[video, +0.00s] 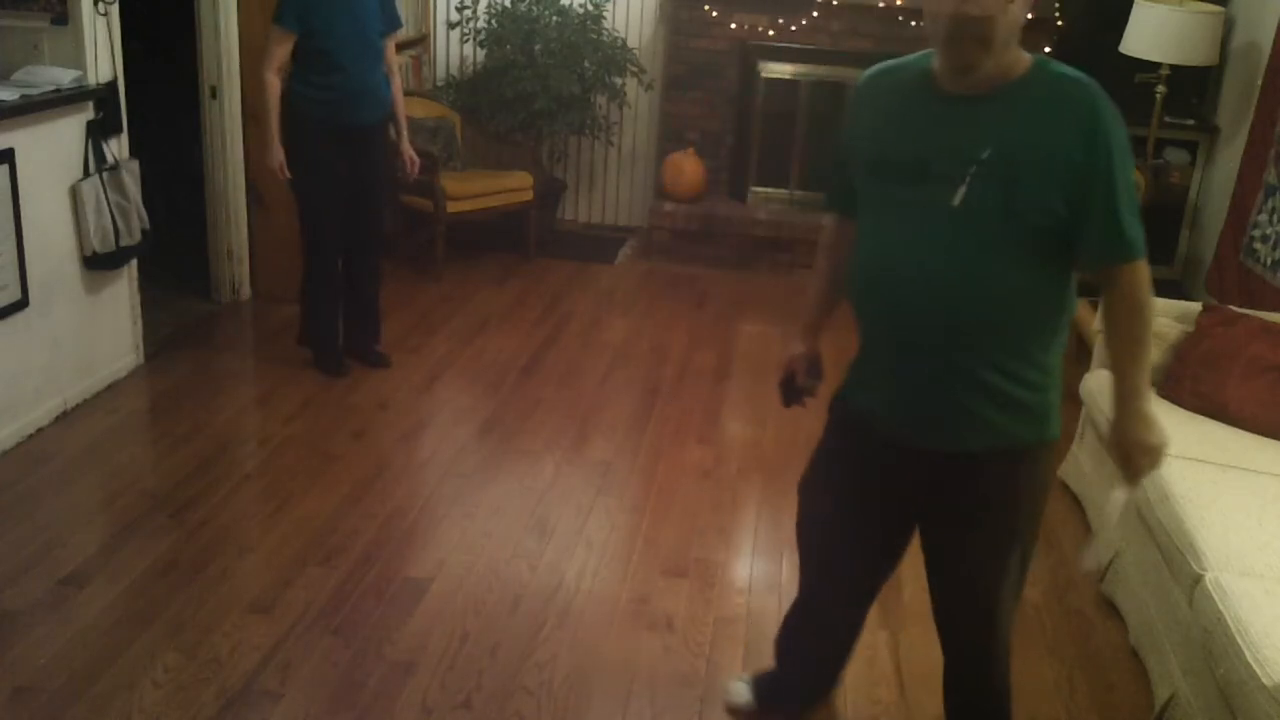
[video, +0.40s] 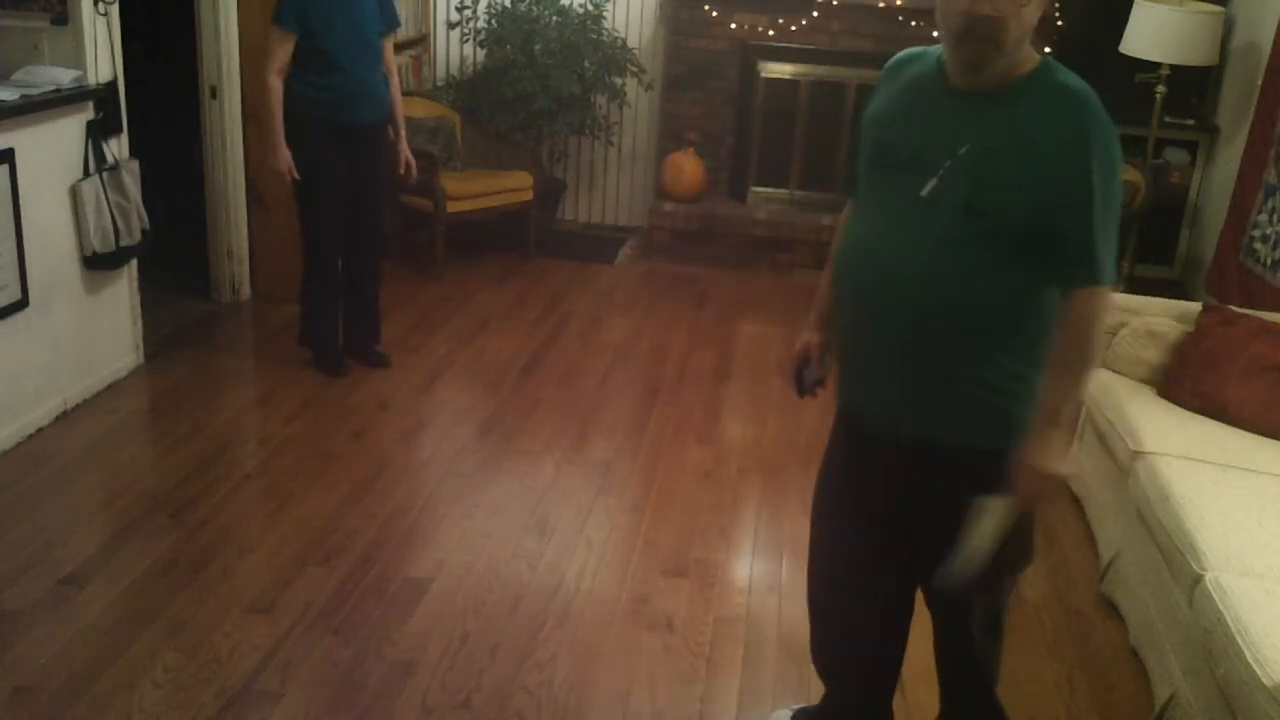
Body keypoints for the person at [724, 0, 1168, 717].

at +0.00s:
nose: (972, 5)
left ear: (1028, 9)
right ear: (926, 3)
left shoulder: (1077, 113)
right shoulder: (880, 93)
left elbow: (1125, 266)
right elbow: (845, 222)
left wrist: (1132, 404)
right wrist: (807, 333)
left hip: (1000, 430)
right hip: (877, 403)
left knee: (976, 630)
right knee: (828, 577)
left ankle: (979, 718)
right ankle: (793, 690)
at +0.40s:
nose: (975, 11)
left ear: (1040, 12)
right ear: (938, 2)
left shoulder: (1072, 119)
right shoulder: (903, 75)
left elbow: (1088, 291)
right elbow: (863, 210)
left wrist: (1053, 432)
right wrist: (820, 322)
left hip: (983, 428)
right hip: (872, 403)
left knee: (968, 617)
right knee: (846, 589)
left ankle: (969, 713)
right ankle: (851, 705)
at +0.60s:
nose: (954, 11)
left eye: (982, 1)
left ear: (1033, 13)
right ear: (926, 3)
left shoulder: (1055, 126)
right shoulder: (915, 76)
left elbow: (1039, 297)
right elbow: (880, 225)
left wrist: (937, 421)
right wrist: (832, 335)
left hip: (954, 433)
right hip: (864, 400)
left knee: (926, 614)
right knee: (835, 591)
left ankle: (947, 710)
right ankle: (840, 710)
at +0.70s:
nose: (929, 15)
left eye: (959, 3)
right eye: (927, 1)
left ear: (1018, 15)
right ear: (914, 6)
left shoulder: (1046, 125)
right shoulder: (931, 89)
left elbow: (1023, 301)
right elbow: (892, 240)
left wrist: (901, 410)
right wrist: (841, 361)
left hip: (941, 436)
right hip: (869, 410)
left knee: (891, 616)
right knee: (840, 592)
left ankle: (904, 715)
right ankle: (839, 709)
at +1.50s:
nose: (892, 55)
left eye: (893, 31)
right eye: (888, 35)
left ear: (934, 19)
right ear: (1007, 19)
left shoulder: (933, 131)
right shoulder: (1108, 105)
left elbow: (876, 309)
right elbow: (1133, 267)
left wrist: (790, 297)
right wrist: (1090, 373)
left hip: (956, 494)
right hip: (1076, 486)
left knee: (921, 698)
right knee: (1017, 687)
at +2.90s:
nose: (899, 24)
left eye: (903, 10)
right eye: (898, 11)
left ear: (935, 13)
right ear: (1016, 13)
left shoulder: (902, 111)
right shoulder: (1099, 103)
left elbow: (817, 259)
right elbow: (1115, 266)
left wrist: (800, 214)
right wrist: (1073, 390)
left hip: (921, 439)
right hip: (1036, 433)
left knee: (888, 637)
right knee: (987, 614)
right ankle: (986, 709)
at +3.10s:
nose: (933, 16)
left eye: (941, 3)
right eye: (935, 4)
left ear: (980, 7)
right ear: (1046, 9)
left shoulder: (944, 107)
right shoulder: (1129, 94)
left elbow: (860, 250)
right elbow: (1148, 254)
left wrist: (842, 211)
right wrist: (1108, 365)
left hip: (945, 443)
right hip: (1063, 442)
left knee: (907, 638)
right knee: (1023, 612)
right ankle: (1026, 711)